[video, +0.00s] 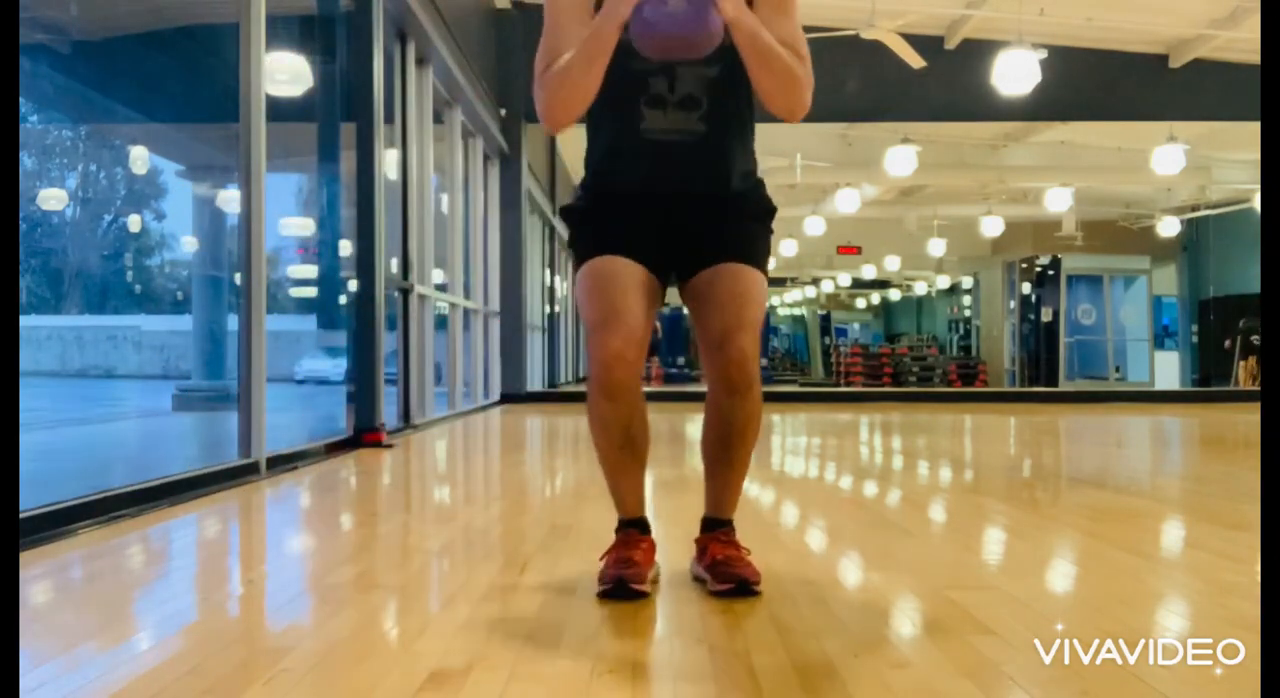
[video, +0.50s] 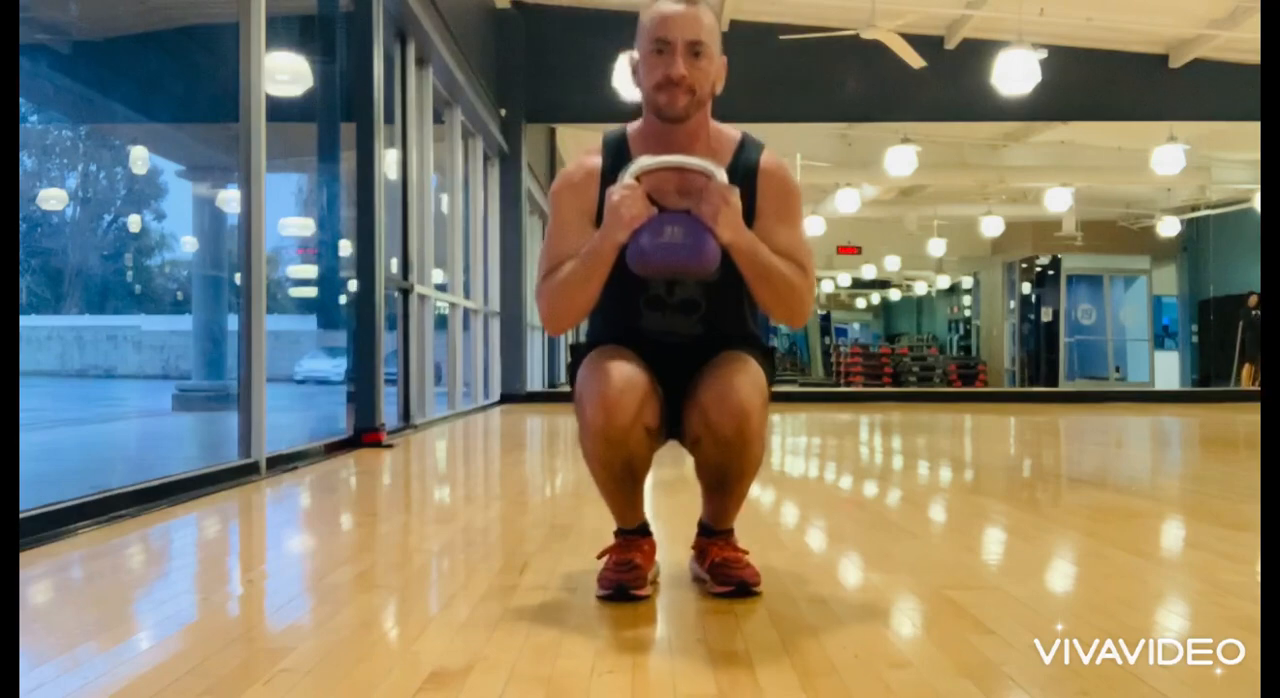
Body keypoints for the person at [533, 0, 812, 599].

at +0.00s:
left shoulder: (760, 0)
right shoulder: (579, 3)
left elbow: (792, 99)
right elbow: (555, 109)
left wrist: (733, 11)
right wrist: (614, 13)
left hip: (724, 205)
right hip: (618, 205)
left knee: (736, 361)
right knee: (613, 358)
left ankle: (719, 536)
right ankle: (631, 535)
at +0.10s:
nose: (680, 3)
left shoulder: (761, 16)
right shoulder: (582, 22)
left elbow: (795, 141)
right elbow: (557, 156)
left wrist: (736, 57)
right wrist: (614, 57)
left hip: (724, 234)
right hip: (621, 235)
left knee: (733, 373)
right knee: (612, 372)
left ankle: (718, 537)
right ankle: (631, 537)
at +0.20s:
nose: (674, 4)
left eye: (687, 1)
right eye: (660, 2)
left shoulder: (762, 61)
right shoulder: (581, 67)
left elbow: (794, 190)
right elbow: (555, 203)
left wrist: (734, 106)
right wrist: (614, 107)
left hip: (723, 263)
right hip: (623, 263)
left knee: (731, 384)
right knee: (616, 383)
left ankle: (718, 538)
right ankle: (631, 539)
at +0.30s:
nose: (670, 2)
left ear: (715, 7)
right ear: (630, 7)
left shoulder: (762, 104)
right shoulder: (584, 108)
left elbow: (792, 236)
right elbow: (556, 247)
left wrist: (732, 154)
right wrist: (612, 157)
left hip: (723, 295)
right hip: (622, 294)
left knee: (731, 392)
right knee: (615, 391)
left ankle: (718, 539)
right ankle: (630, 539)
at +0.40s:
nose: (673, 38)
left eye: (692, 21)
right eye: (657, 20)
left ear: (718, 41)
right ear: (631, 36)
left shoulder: (761, 141)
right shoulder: (585, 145)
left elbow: (793, 275)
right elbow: (557, 285)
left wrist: (737, 203)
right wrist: (611, 201)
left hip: (721, 323)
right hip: (623, 323)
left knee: (732, 397)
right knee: (614, 391)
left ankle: (718, 539)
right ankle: (630, 540)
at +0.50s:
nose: (676, 68)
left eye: (695, 52)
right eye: (659, 50)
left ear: (719, 70)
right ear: (635, 66)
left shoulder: (764, 173)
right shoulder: (586, 176)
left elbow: (796, 307)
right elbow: (553, 314)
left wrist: (737, 235)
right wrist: (609, 236)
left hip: (723, 355)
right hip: (626, 354)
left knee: (736, 400)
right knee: (610, 394)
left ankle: (718, 540)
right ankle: (630, 540)